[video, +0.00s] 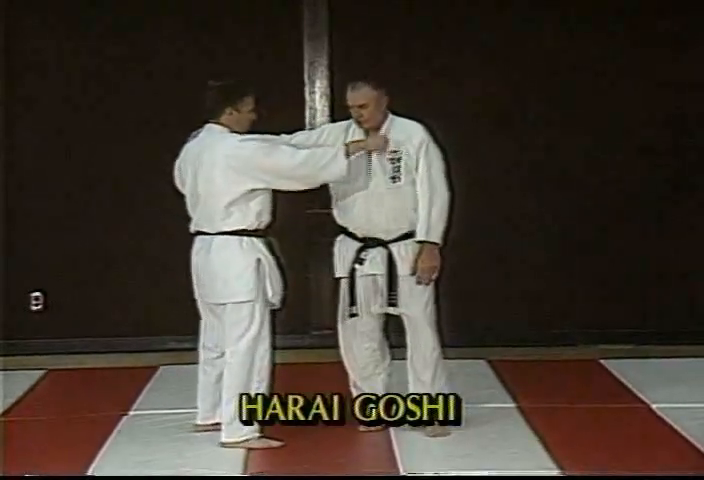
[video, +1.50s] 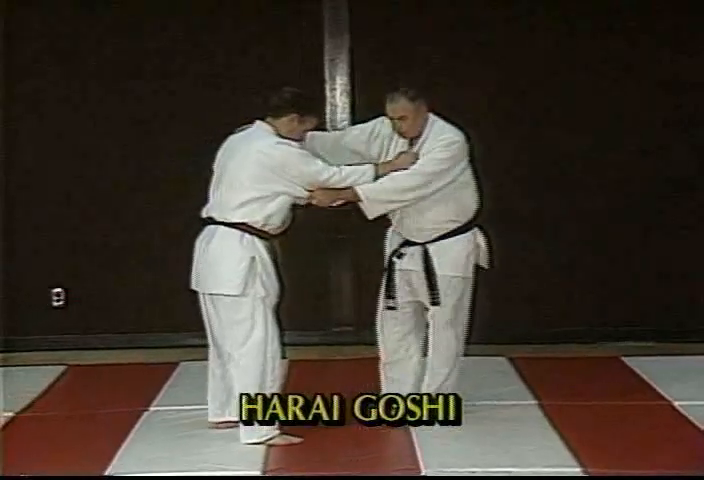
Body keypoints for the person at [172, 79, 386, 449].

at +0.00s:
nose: (254, 116)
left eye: (253, 110)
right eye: (250, 110)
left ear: (221, 112)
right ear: (230, 111)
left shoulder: (194, 146)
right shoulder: (240, 149)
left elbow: (181, 180)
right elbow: (295, 162)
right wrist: (353, 149)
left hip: (204, 250)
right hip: (238, 252)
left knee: (213, 340)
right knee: (246, 343)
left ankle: (209, 413)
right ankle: (239, 430)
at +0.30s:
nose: (261, 117)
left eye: (261, 111)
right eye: (258, 110)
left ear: (228, 111)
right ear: (239, 110)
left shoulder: (198, 147)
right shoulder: (245, 150)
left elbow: (184, 178)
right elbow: (300, 165)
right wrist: (363, 155)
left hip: (204, 249)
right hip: (239, 253)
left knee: (212, 342)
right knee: (245, 345)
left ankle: (209, 414)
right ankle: (239, 431)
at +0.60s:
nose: (272, 121)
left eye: (273, 114)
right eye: (269, 114)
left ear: (234, 113)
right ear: (252, 111)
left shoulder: (203, 146)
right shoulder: (253, 150)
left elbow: (192, 173)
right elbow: (305, 172)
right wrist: (365, 158)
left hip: (204, 248)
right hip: (238, 252)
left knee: (213, 341)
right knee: (247, 343)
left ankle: (211, 413)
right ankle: (240, 428)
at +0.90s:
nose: (281, 127)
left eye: (282, 121)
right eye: (279, 120)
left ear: (245, 114)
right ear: (262, 114)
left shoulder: (211, 142)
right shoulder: (257, 151)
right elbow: (310, 167)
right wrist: (365, 155)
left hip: (201, 248)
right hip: (233, 253)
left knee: (213, 342)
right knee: (246, 343)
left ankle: (211, 412)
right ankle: (243, 429)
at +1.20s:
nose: (296, 136)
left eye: (299, 130)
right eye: (295, 129)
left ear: (268, 117)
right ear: (280, 119)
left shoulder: (227, 140)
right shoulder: (269, 150)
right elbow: (324, 167)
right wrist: (378, 157)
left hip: (203, 245)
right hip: (235, 251)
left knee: (215, 340)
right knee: (248, 342)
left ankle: (214, 411)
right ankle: (251, 428)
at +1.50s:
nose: (305, 136)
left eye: (309, 130)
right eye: (305, 128)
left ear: (276, 117)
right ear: (291, 119)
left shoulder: (237, 140)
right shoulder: (278, 153)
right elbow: (330, 178)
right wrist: (385, 168)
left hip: (210, 246)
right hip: (240, 252)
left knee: (224, 340)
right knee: (254, 341)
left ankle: (222, 410)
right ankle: (258, 427)